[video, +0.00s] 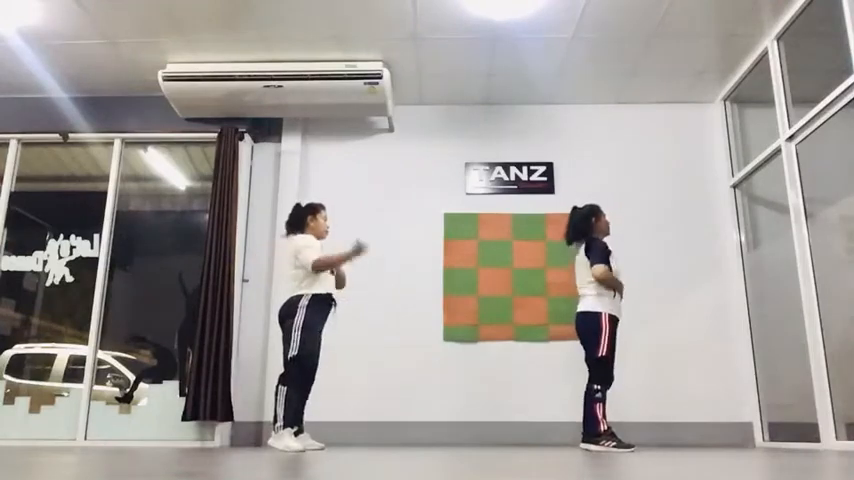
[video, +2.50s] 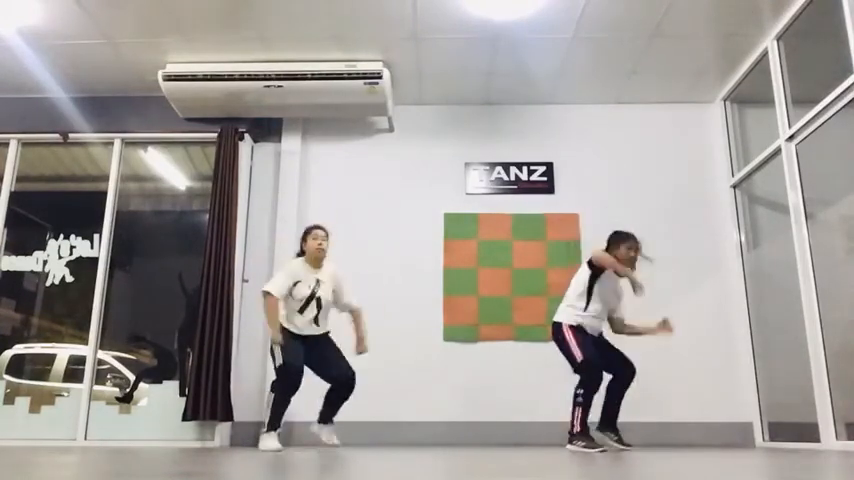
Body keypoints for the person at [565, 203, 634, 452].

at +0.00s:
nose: (608, 221)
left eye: (605, 216)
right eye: (604, 217)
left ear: (590, 223)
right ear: (595, 222)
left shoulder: (584, 247)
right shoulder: (597, 245)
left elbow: (589, 278)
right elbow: (600, 272)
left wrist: (609, 283)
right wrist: (617, 284)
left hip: (588, 312)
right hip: (600, 314)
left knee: (598, 375)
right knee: (601, 375)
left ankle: (593, 432)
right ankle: (597, 433)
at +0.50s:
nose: (617, 254)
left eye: (618, 250)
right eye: (616, 249)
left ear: (595, 244)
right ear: (605, 243)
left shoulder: (578, 263)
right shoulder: (604, 258)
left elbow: (579, 297)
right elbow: (616, 290)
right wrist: (611, 307)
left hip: (577, 330)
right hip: (593, 329)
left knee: (611, 379)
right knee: (623, 378)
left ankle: (592, 433)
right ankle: (599, 433)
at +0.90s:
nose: (598, 234)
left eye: (595, 230)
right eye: (593, 231)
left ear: (580, 238)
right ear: (583, 237)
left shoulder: (582, 263)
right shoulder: (583, 265)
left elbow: (598, 297)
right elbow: (601, 301)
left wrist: (605, 289)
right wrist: (613, 290)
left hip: (599, 325)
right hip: (596, 326)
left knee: (618, 379)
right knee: (619, 379)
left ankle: (595, 432)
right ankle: (597, 434)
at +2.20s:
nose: (629, 232)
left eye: (626, 228)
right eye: (625, 229)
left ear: (608, 234)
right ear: (616, 233)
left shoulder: (596, 252)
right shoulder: (613, 251)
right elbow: (618, 283)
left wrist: (629, 297)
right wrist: (642, 299)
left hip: (579, 320)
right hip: (586, 321)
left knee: (609, 373)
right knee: (613, 373)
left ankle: (598, 432)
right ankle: (599, 434)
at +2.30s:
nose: (640, 246)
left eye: (637, 242)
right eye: (635, 242)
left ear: (618, 247)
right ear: (624, 246)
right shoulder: (618, 261)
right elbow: (623, 295)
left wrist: (624, 331)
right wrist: (645, 324)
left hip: (575, 322)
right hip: (577, 323)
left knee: (606, 376)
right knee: (610, 375)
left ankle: (599, 434)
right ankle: (599, 435)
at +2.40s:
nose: (643, 254)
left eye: (642, 249)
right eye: (639, 249)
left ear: (625, 249)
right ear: (626, 249)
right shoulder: (611, 262)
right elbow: (614, 284)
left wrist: (635, 340)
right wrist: (642, 314)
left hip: (583, 325)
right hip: (570, 321)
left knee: (614, 376)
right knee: (599, 371)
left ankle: (601, 432)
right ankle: (593, 434)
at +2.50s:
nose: (635, 256)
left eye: (637, 251)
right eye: (630, 250)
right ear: (614, 251)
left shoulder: (615, 287)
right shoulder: (597, 266)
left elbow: (618, 327)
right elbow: (599, 257)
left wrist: (655, 329)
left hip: (591, 334)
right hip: (568, 326)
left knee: (625, 370)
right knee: (591, 373)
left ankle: (607, 428)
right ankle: (577, 435)